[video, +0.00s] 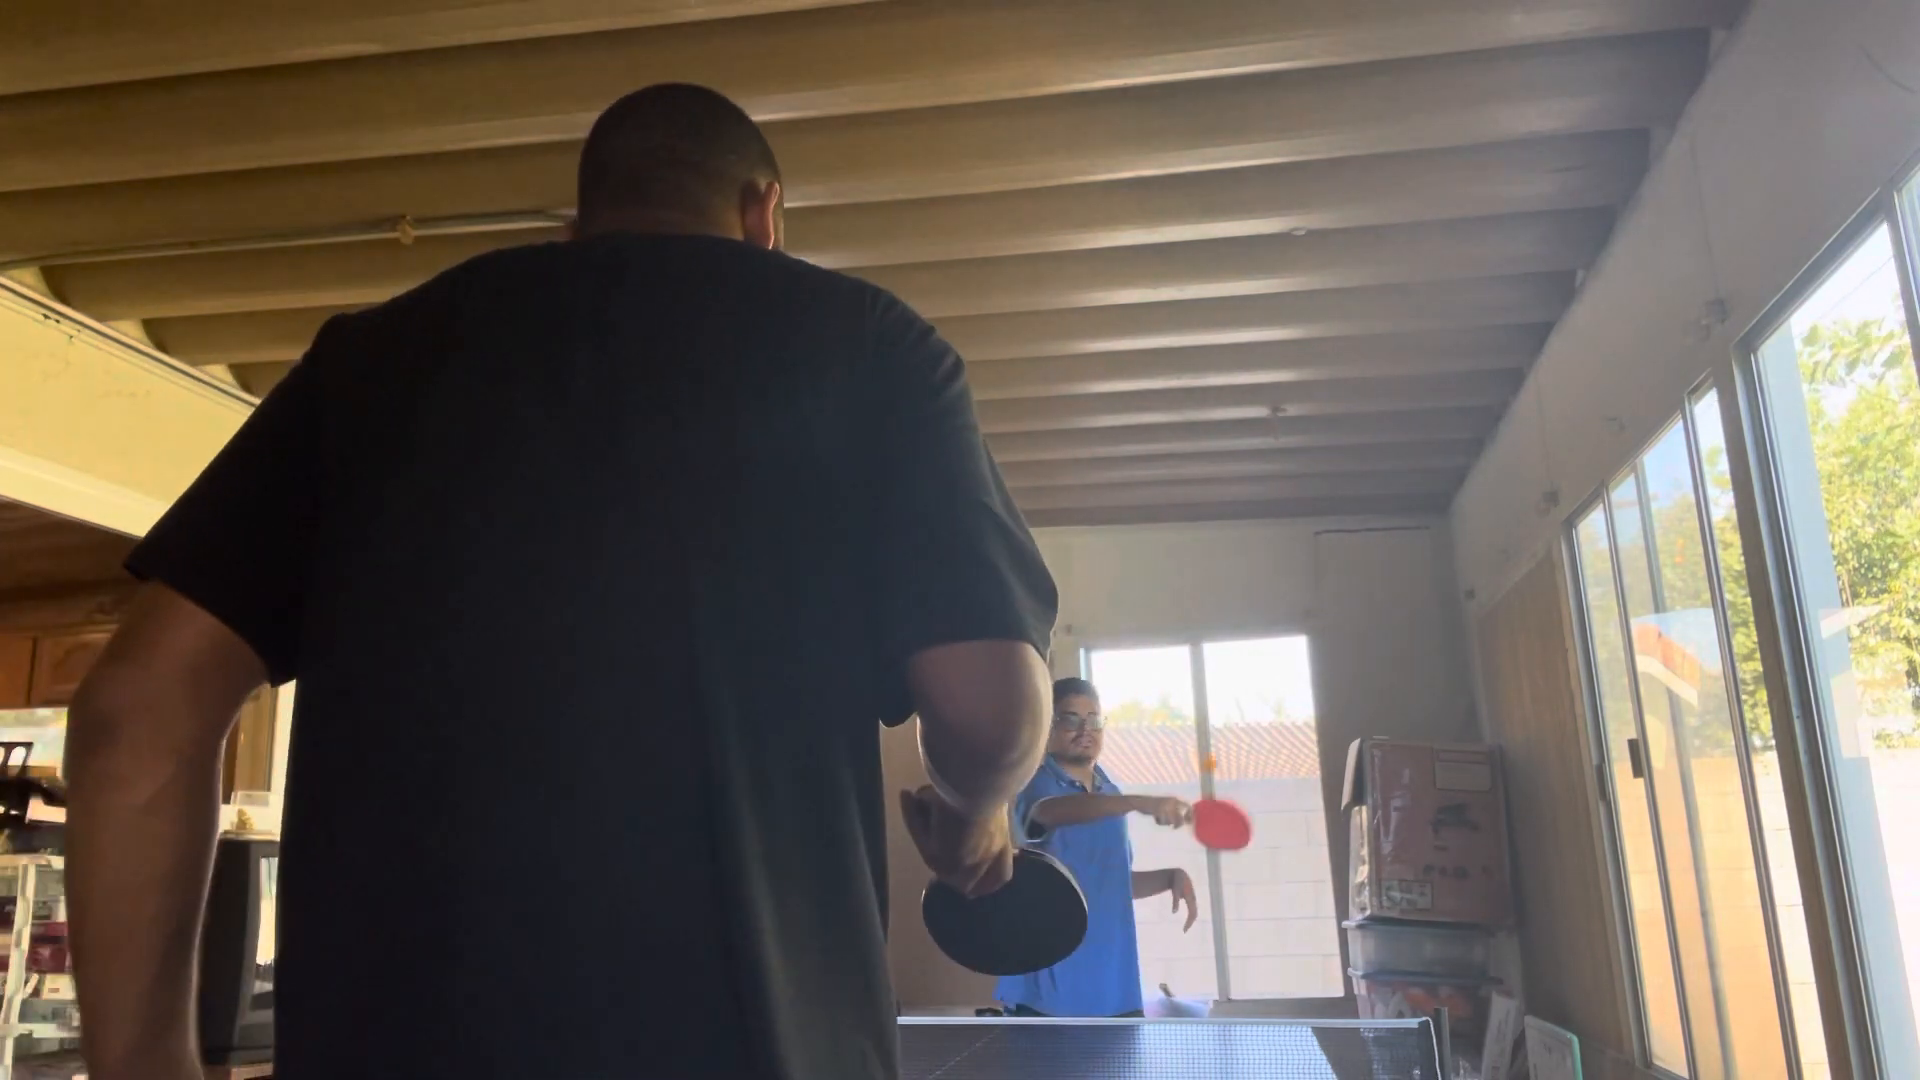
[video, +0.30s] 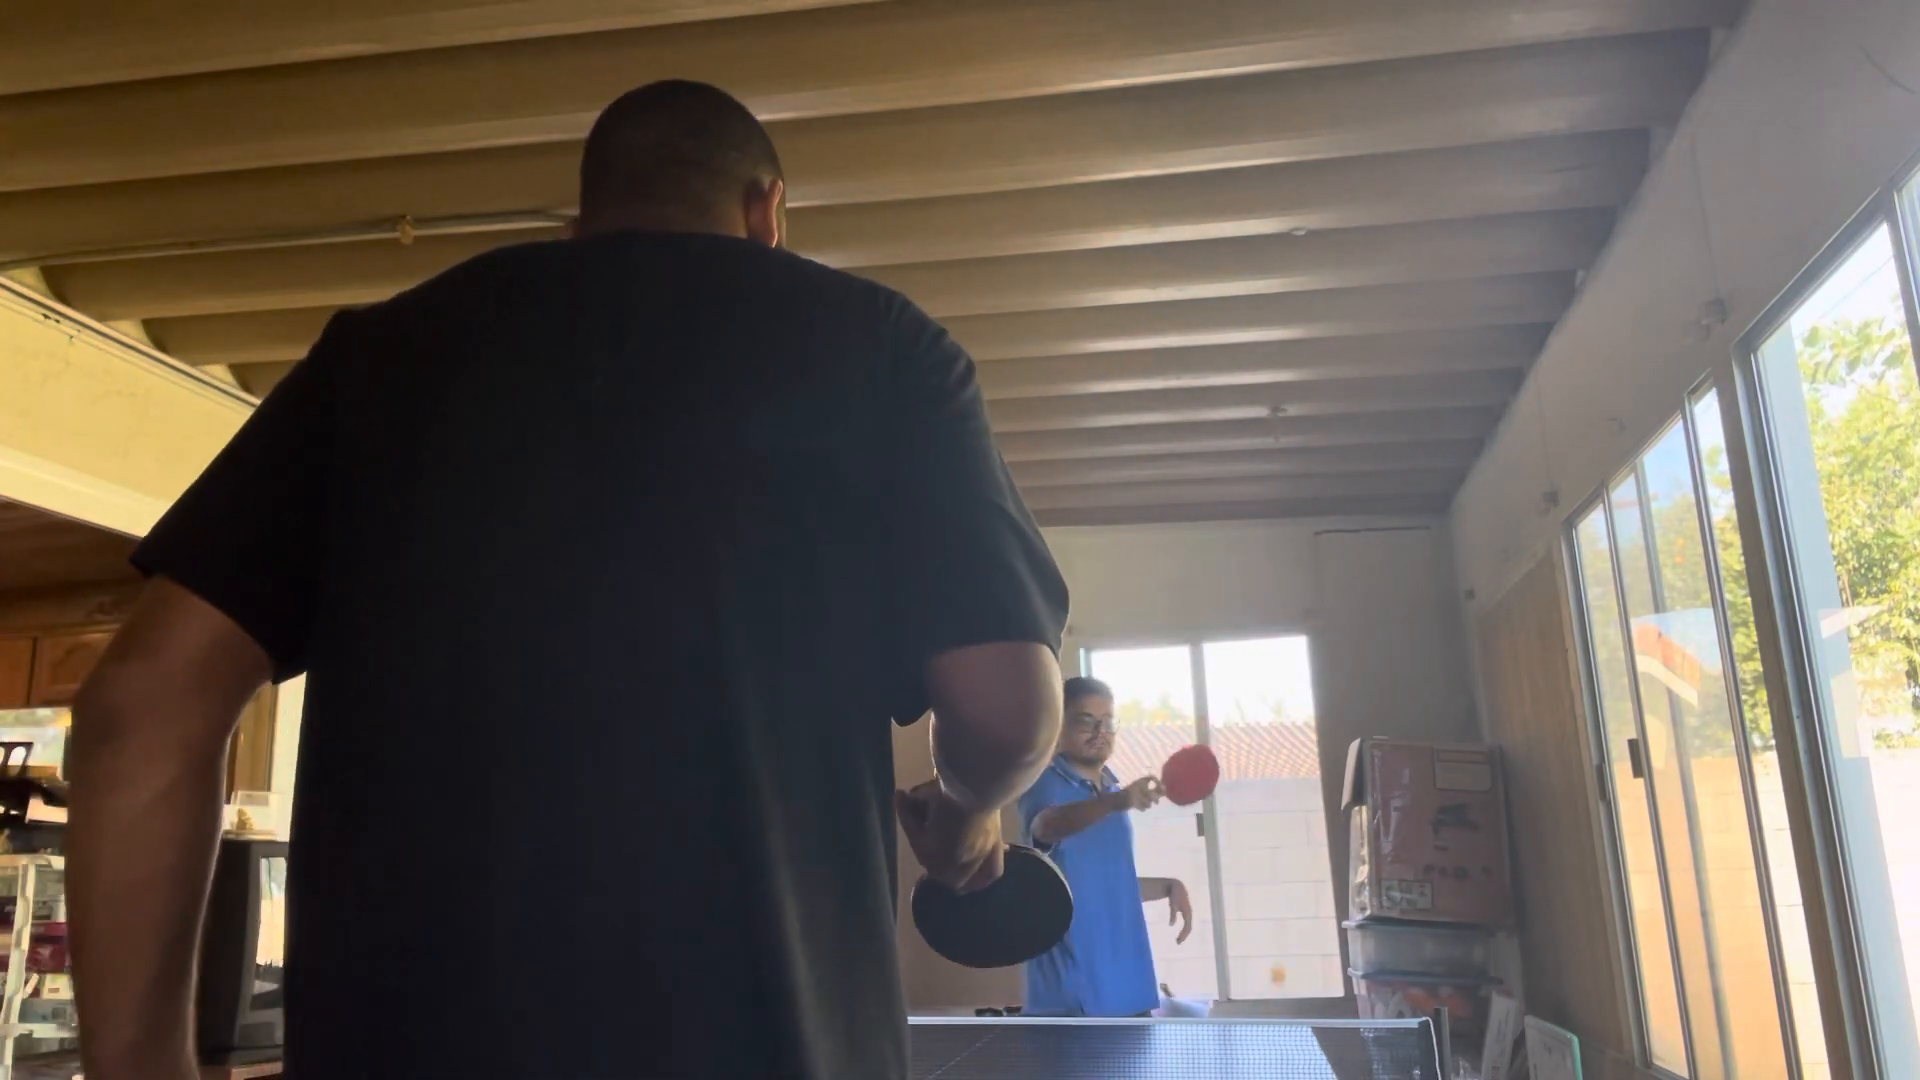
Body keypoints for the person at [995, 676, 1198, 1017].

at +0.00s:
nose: (1086, 730)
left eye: (1095, 720)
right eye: (1070, 720)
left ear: (1104, 728)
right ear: (1046, 728)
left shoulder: (1107, 792)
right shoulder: (1034, 780)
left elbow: (1110, 884)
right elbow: (1047, 811)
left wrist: (1171, 877)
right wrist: (1140, 803)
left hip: (1114, 987)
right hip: (1048, 993)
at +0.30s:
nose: (1100, 732)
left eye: (1108, 722)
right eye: (1086, 721)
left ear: (1115, 728)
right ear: (1058, 726)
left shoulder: (1108, 787)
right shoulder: (1045, 780)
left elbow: (1108, 887)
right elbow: (1045, 827)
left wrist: (1167, 886)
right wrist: (1119, 800)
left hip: (1125, 984)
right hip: (1070, 991)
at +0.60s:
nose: (1119, 737)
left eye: (1124, 727)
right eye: (1106, 726)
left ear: (1130, 728)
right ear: (1072, 729)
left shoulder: (1129, 796)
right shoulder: (1056, 791)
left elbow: (1129, 893)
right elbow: (1075, 869)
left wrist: (1186, 892)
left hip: (1133, 989)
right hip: (1072, 996)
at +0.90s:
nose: (1160, 737)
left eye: (1164, 728)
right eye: (1147, 726)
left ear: (1169, 731)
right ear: (1113, 729)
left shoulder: (1133, 787)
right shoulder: (1109, 786)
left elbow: (1127, 889)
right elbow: (1147, 867)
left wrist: (1183, 910)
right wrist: (1240, 854)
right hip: (1104, 988)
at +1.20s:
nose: (1159, 735)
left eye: (1166, 724)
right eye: (1144, 724)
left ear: (1174, 730)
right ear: (1118, 730)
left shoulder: (1163, 792)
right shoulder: (1110, 791)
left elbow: (1167, 894)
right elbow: (1109, 878)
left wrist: (1214, 933)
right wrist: (1182, 873)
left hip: (1179, 986)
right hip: (1133, 993)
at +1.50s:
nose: (1172, 740)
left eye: (1179, 730)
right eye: (1158, 729)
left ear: (1186, 733)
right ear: (1131, 732)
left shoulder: (1177, 796)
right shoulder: (1116, 794)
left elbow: (1189, 888)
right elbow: (1103, 882)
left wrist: (1236, 943)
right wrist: (1174, 906)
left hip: (1195, 987)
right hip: (1149, 994)